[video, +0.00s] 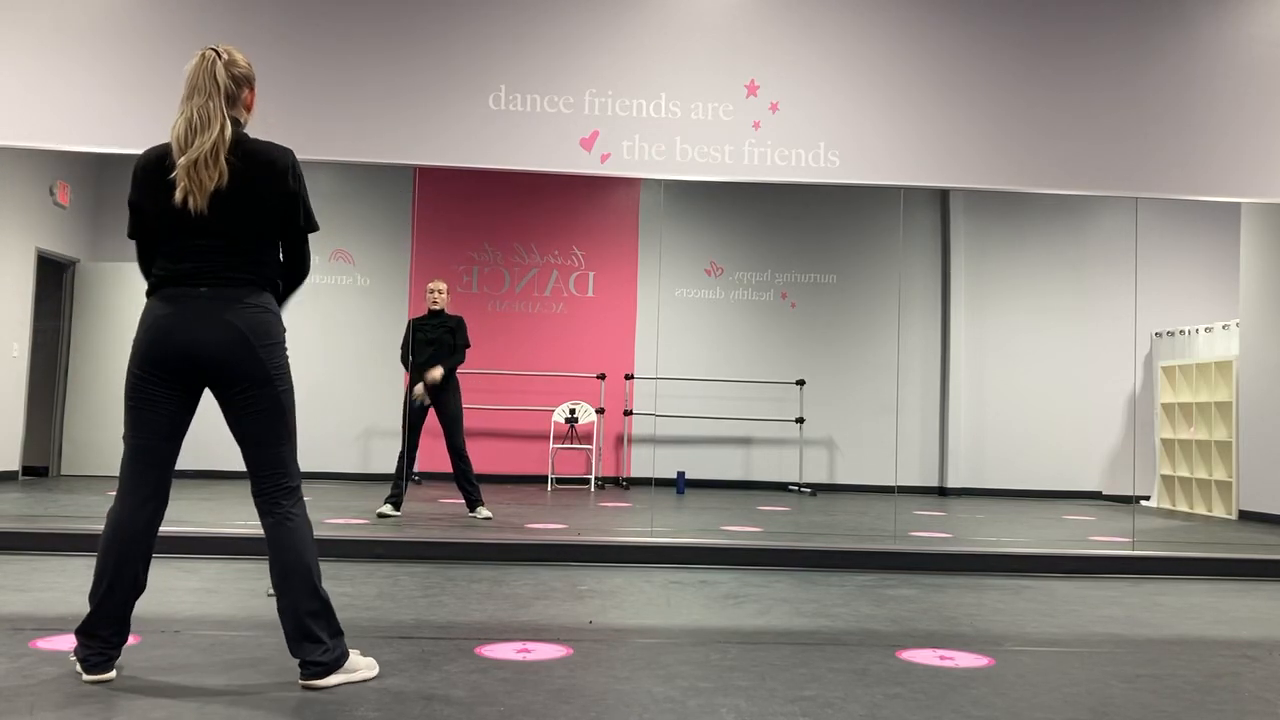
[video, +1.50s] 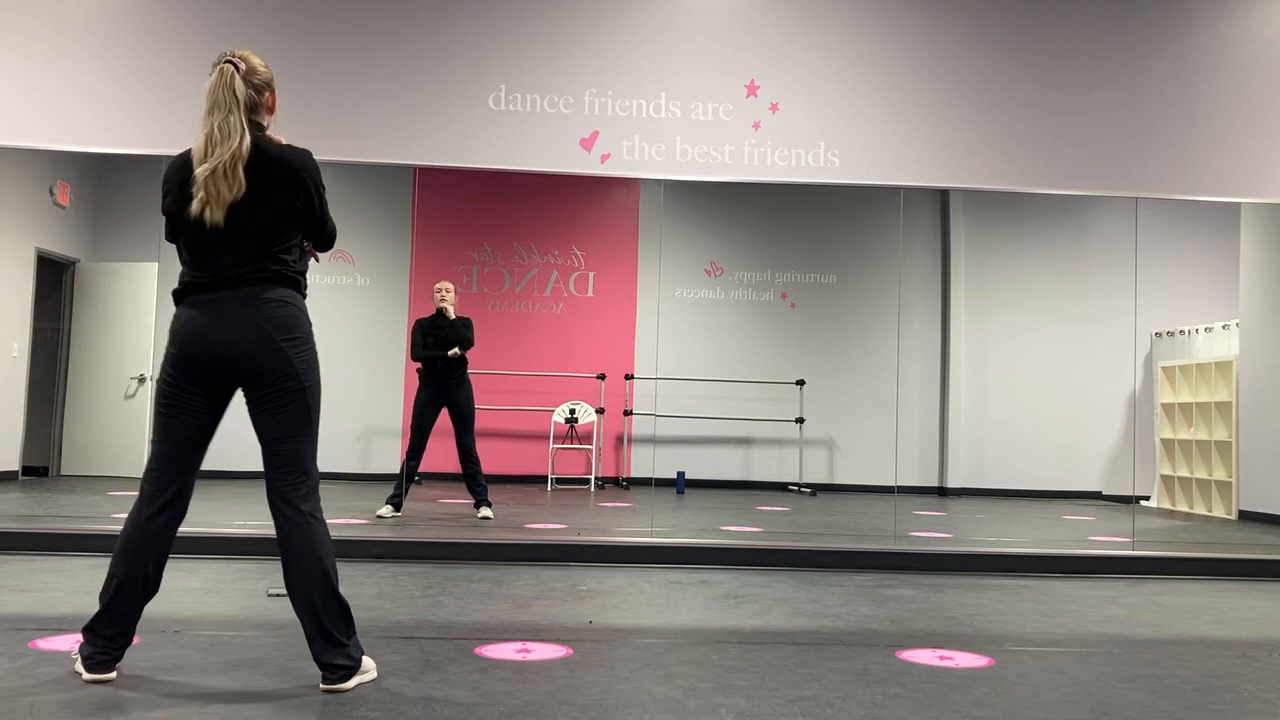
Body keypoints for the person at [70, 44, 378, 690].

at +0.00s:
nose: (256, 102)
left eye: (253, 92)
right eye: (254, 93)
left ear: (191, 94)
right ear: (245, 97)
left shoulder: (153, 164)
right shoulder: (276, 163)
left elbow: (147, 255)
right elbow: (297, 260)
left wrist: (176, 298)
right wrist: (256, 302)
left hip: (165, 323)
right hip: (249, 323)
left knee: (139, 488)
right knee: (280, 493)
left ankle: (97, 649)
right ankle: (321, 656)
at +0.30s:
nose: (268, 107)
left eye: (265, 95)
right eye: (265, 97)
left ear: (202, 100)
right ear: (252, 101)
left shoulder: (172, 173)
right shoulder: (281, 165)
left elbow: (193, 239)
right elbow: (314, 242)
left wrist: (288, 263)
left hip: (202, 326)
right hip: (280, 321)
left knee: (173, 486)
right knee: (297, 488)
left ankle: (103, 647)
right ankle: (338, 657)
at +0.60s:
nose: (276, 105)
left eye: (272, 95)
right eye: (273, 96)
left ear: (212, 99)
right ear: (262, 102)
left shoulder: (176, 168)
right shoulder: (292, 165)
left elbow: (189, 240)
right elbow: (315, 235)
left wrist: (266, 228)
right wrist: (260, 217)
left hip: (180, 324)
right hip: (260, 326)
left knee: (149, 486)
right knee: (282, 494)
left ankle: (100, 648)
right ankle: (338, 658)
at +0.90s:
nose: (268, 107)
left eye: (265, 97)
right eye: (266, 98)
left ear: (203, 99)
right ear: (255, 103)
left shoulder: (167, 169)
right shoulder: (288, 171)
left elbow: (164, 247)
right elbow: (298, 245)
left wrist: (226, 252)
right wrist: (234, 247)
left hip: (169, 324)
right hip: (252, 328)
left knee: (141, 486)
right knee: (278, 496)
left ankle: (99, 650)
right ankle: (337, 659)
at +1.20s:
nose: (276, 113)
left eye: (274, 102)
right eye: (274, 103)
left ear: (209, 103)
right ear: (260, 106)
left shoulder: (176, 174)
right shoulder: (283, 166)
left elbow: (186, 245)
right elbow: (319, 245)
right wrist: (313, 243)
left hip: (206, 331)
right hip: (282, 325)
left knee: (172, 489)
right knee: (300, 493)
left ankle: (101, 647)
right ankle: (338, 658)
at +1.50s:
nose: (279, 108)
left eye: (276, 99)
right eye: (277, 99)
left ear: (213, 101)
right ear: (266, 102)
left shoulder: (180, 168)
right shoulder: (293, 162)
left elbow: (184, 239)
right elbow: (323, 236)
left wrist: (285, 239)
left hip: (196, 326)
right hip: (276, 324)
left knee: (161, 490)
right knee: (296, 494)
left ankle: (100, 649)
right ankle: (338, 658)